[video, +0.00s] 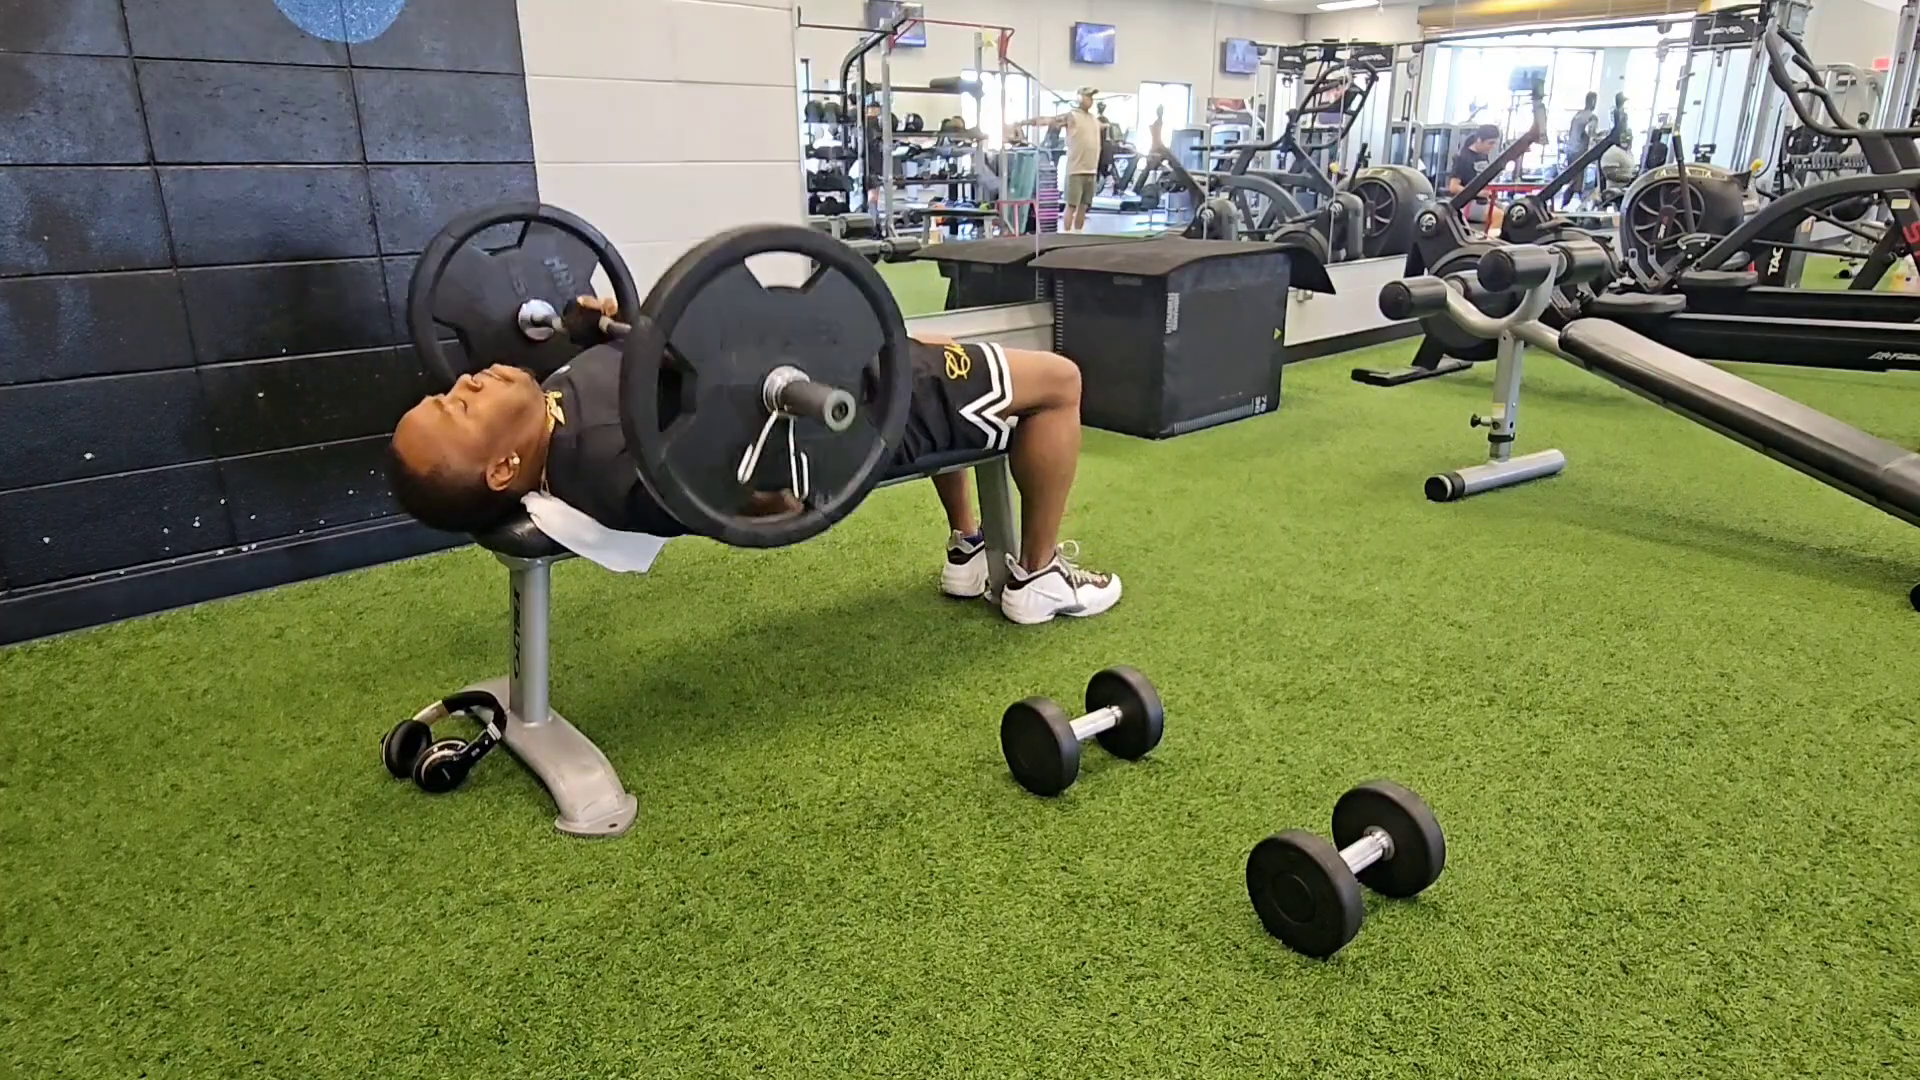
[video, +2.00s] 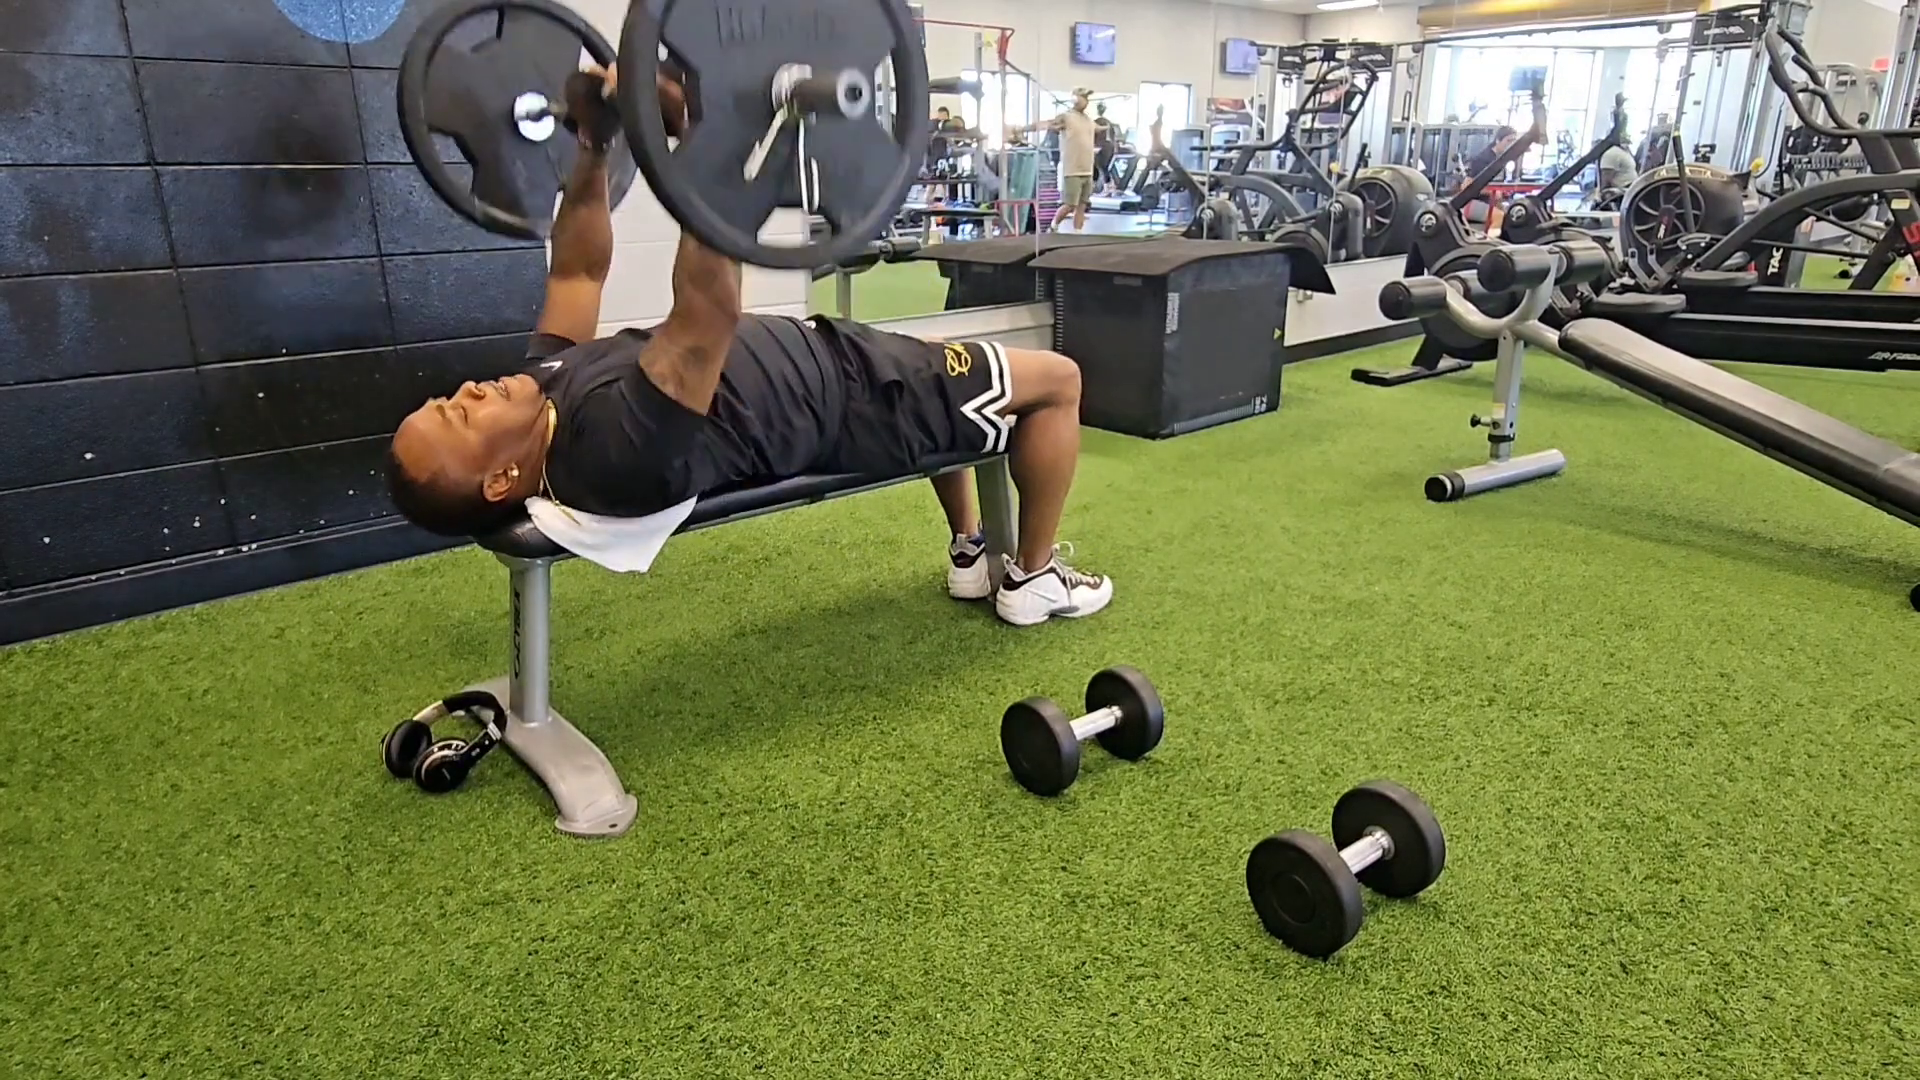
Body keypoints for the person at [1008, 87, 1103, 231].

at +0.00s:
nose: (1091, 100)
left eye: (1091, 97)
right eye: (1088, 97)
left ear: (1090, 100)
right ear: (1080, 98)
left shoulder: (1094, 120)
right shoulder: (1071, 116)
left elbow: (1102, 125)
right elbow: (1048, 121)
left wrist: (1108, 125)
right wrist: (1022, 123)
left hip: (1091, 169)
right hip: (1075, 168)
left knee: (1084, 206)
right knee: (1072, 205)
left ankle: (1078, 235)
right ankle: (1067, 235)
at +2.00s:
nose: (1086, 101)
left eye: (1087, 98)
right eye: (1083, 98)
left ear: (1086, 101)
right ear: (1075, 99)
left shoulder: (1088, 120)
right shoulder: (1066, 117)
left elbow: (1097, 128)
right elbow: (1044, 125)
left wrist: (1107, 127)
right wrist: (1021, 129)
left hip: (1087, 169)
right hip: (1071, 169)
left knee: (1082, 206)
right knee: (1070, 205)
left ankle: (1078, 234)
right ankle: (1053, 226)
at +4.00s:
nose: (1042, 105)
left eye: (1043, 102)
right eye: (1039, 101)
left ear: (1045, 104)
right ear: (1032, 103)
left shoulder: (1049, 123)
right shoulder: (1026, 122)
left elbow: (1064, 132)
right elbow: (1023, 133)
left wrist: (1074, 132)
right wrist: (1028, 137)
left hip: (1045, 166)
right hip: (1029, 166)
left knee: (1038, 201)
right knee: (1034, 200)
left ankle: (1028, 229)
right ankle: (1038, 229)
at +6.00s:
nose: (1088, 105)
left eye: (1089, 102)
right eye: (1086, 101)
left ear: (1089, 104)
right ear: (1078, 101)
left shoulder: (1090, 119)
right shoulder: (1067, 117)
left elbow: (1101, 119)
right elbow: (1047, 120)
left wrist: (1110, 114)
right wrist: (1029, 116)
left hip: (1086, 167)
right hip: (1070, 167)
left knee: (1082, 203)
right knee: (1078, 201)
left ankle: (1075, 232)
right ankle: (1061, 224)